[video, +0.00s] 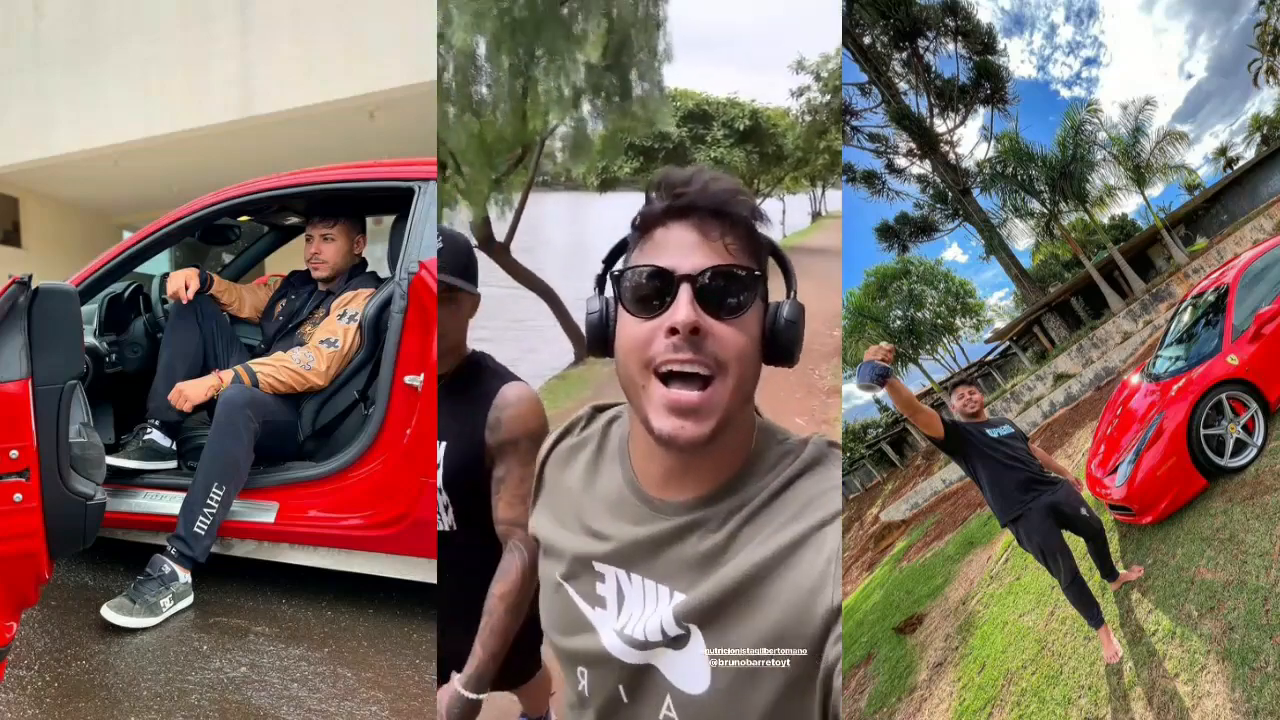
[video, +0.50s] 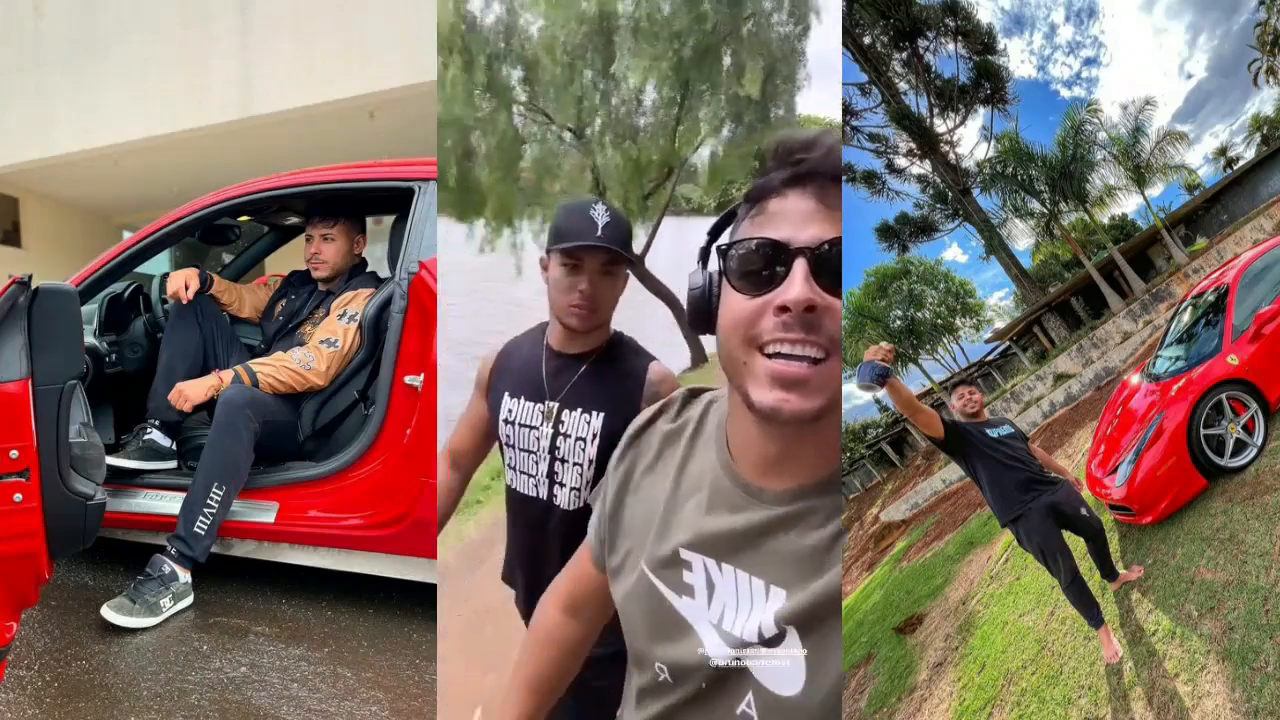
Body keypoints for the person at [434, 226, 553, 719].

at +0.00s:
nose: (428, 313)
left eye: (444, 298)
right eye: (419, 296)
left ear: (471, 305)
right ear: (399, 302)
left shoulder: (508, 404)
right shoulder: (387, 386)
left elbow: (520, 546)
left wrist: (469, 683)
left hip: (487, 598)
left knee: (523, 675)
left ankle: (540, 712)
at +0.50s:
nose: (586, 288)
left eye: (606, 272)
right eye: (572, 267)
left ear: (625, 280)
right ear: (545, 269)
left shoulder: (650, 384)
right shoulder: (509, 362)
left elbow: (664, 500)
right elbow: (455, 464)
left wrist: (649, 589)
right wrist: (410, 544)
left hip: (607, 602)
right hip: (531, 590)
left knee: (588, 708)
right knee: (549, 700)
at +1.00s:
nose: (631, 293)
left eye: (654, 271)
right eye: (612, 268)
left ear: (673, 280)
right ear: (579, 271)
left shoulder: (702, 409)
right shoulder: (544, 371)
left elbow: (711, 556)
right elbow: (516, 475)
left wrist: (683, 691)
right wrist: (486, 571)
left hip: (629, 676)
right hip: (530, 647)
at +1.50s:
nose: (613, 292)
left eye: (636, 267)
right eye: (591, 265)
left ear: (658, 270)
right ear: (552, 265)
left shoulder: (702, 408)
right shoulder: (521, 378)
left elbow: (725, 571)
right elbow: (463, 513)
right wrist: (406, 626)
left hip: (631, 691)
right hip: (525, 672)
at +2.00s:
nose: (600, 285)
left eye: (628, 262)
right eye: (582, 258)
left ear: (657, 262)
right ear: (551, 248)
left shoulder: (685, 397)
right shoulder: (520, 345)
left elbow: (682, 582)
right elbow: (471, 477)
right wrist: (437, 614)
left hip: (607, 701)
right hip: (505, 681)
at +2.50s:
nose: (580, 292)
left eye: (605, 265)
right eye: (558, 265)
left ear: (632, 263)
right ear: (528, 260)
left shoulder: (669, 389)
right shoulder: (499, 348)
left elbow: (674, 560)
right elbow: (459, 469)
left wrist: (645, 703)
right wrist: (400, 569)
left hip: (591, 684)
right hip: (486, 660)